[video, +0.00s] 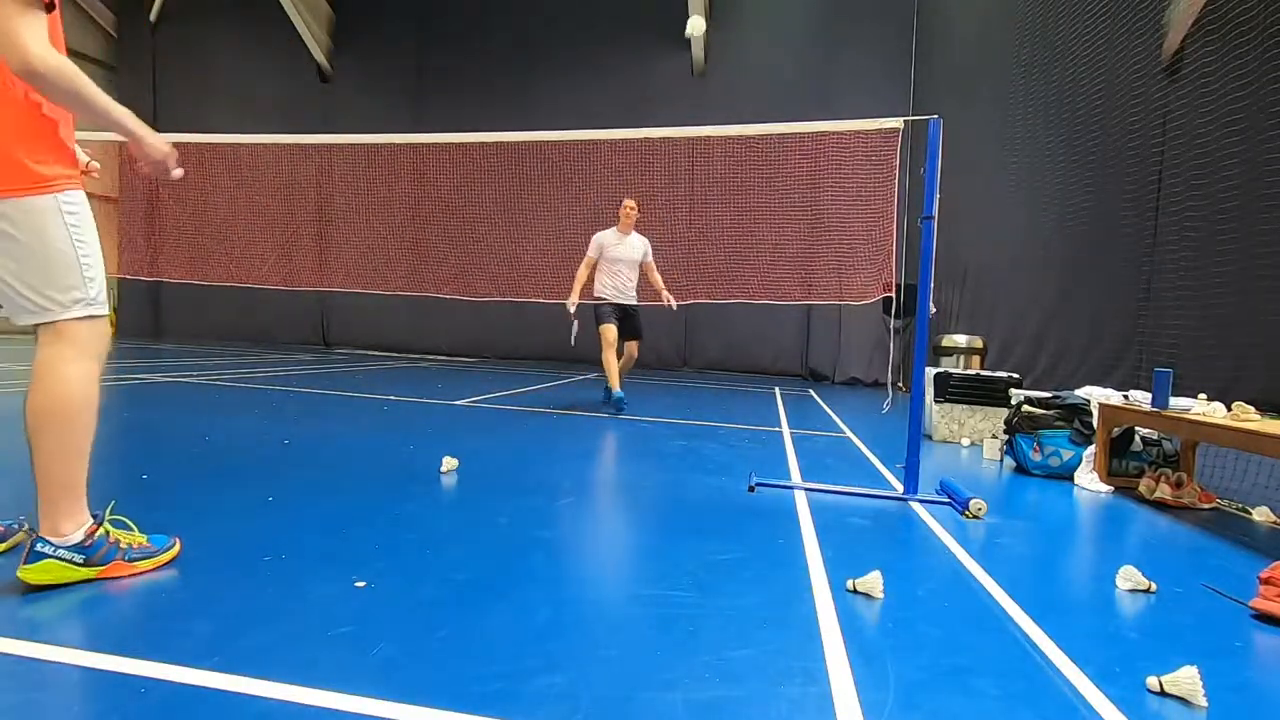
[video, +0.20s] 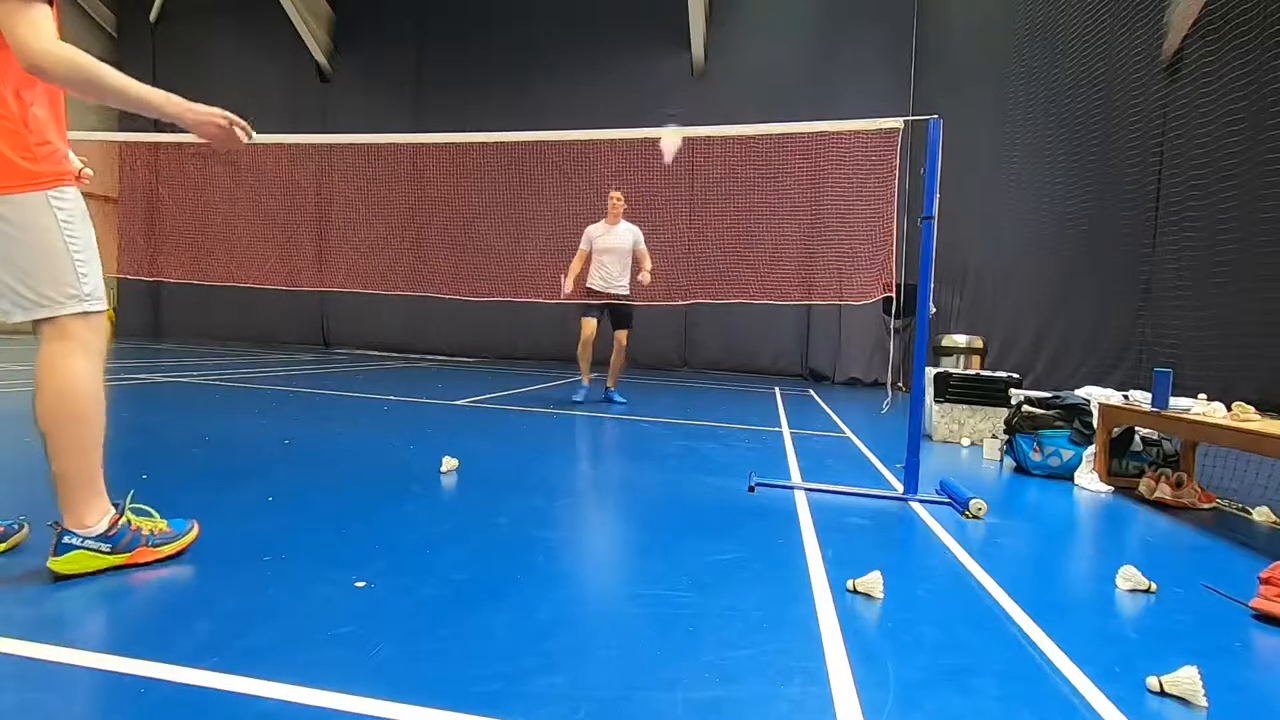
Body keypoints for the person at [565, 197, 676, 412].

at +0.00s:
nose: (629, 212)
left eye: (633, 209)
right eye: (626, 208)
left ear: (638, 215)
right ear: (618, 211)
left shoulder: (643, 243)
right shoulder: (601, 238)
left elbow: (651, 271)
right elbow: (586, 266)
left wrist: (663, 290)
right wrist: (574, 294)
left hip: (630, 303)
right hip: (605, 300)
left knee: (632, 353)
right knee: (610, 339)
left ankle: (611, 382)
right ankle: (616, 392)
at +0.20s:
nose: (615, 203)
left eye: (619, 200)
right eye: (612, 199)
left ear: (625, 205)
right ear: (607, 202)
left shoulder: (634, 232)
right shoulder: (592, 230)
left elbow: (645, 259)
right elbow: (579, 258)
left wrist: (646, 271)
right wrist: (569, 279)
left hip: (621, 293)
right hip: (594, 291)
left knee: (621, 342)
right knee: (587, 335)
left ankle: (610, 387)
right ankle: (584, 383)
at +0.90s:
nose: (615, 228)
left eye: (618, 225)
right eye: (612, 224)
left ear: (623, 229)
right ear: (606, 228)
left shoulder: (631, 254)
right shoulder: (591, 254)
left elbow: (635, 278)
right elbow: (579, 282)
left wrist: (642, 302)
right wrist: (577, 309)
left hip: (624, 310)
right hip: (597, 312)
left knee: (645, 346)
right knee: (587, 352)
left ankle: (643, 387)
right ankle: (582, 379)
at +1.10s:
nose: (644, 223)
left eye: (647, 221)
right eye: (640, 219)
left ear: (651, 226)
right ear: (632, 223)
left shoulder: (652, 253)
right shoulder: (616, 249)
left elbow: (657, 280)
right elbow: (605, 281)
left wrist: (667, 299)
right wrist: (602, 310)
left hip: (639, 308)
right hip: (616, 308)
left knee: (656, 350)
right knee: (620, 353)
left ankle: (644, 389)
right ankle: (603, 368)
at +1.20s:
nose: (655, 224)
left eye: (658, 221)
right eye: (651, 220)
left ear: (661, 226)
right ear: (643, 223)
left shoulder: (662, 255)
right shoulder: (626, 247)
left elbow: (670, 281)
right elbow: (615, 276)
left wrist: (686, 297)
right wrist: (617, 299)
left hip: (645, 308)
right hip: (624, 304)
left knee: (657, 355)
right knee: (633, 340)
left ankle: (644, 389)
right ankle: (620, 386)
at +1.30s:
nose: (661, 221)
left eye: (665, 218)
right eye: (658, 216)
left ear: (668, 224)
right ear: (650, 220)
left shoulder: (667, 253)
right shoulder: (635, 241)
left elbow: (673, 278)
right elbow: (627, 263)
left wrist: (691, 290)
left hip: (649, 306)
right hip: (626, 301)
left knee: (654, 355)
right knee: (638, 337)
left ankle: (643, 388)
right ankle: (639, 391)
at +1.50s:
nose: (676, 232)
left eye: (680, 229)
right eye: (672, 227)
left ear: (683, 235)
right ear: (663, 230)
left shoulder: (674, 261)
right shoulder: (651, 251)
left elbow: (668, 287)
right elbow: (651, 260)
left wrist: (681, 307)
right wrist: (672, 260)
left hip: (658, 316)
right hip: (636, 311)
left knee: (661, 366)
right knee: (656, 341)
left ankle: (638, 386)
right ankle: (658, 403)